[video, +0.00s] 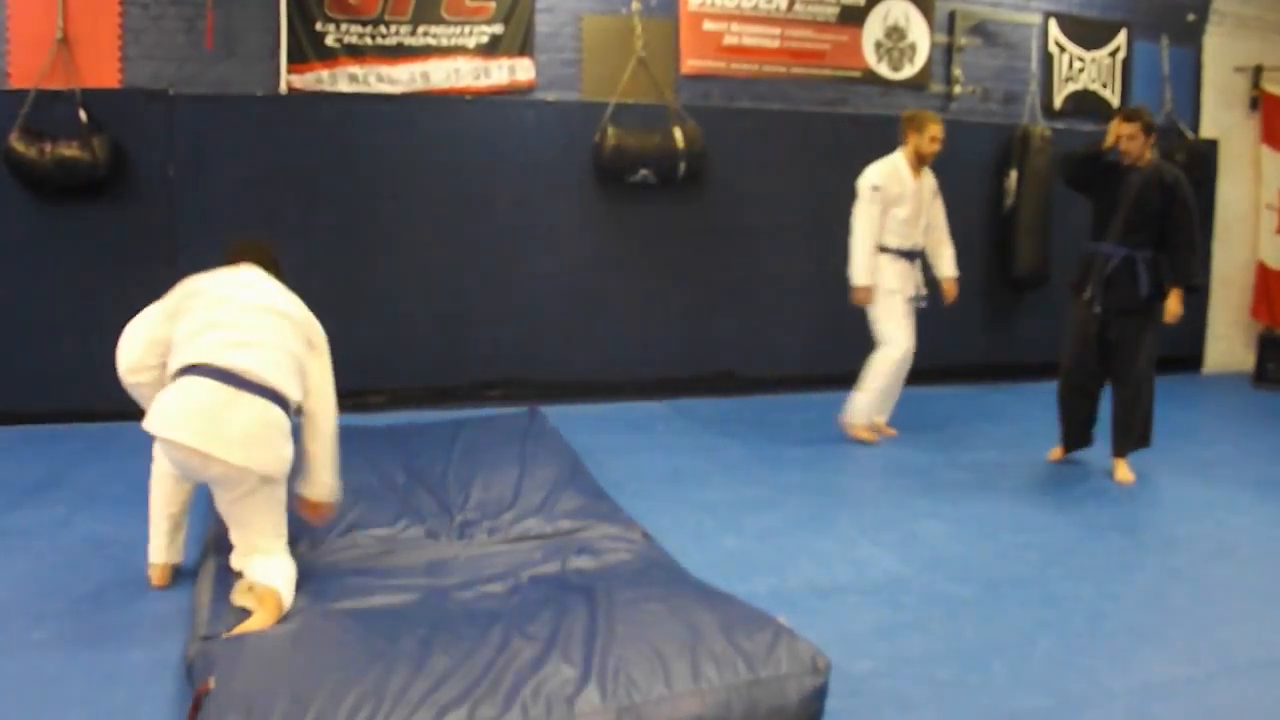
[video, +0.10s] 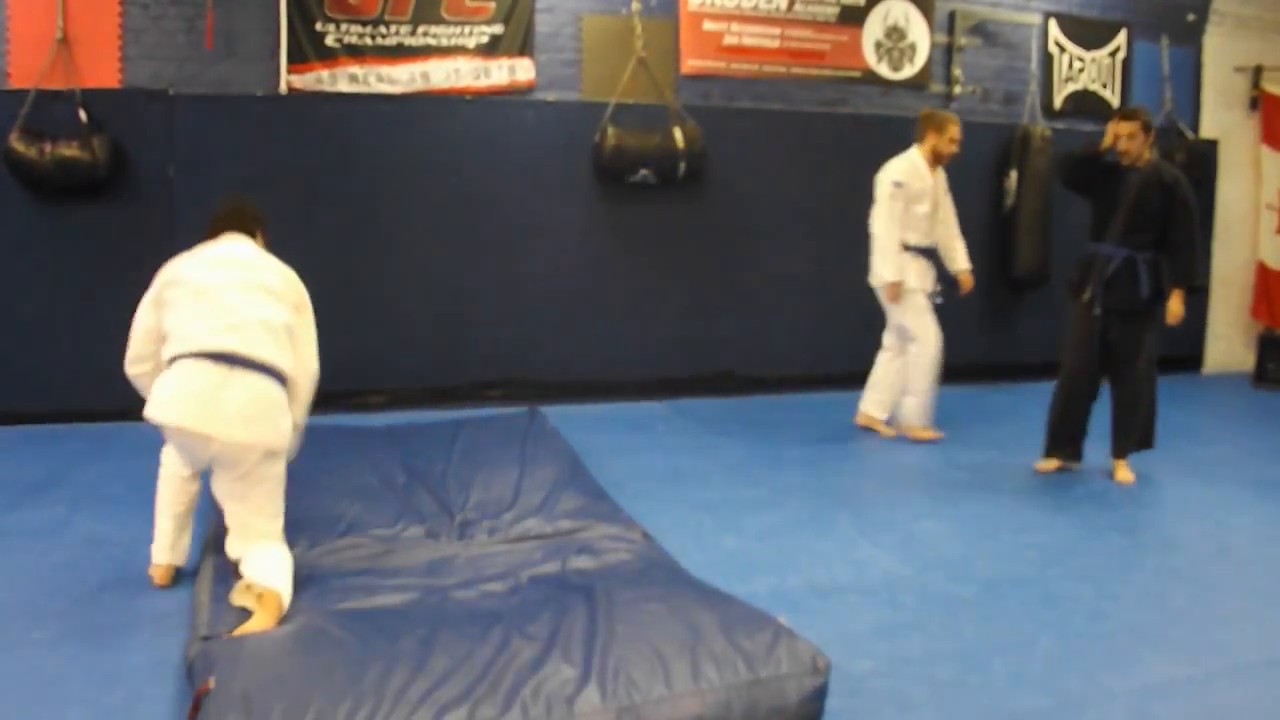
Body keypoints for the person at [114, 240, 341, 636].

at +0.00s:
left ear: (230, 265)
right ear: (277, 274)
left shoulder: (195, 288)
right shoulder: (304, 319)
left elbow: (133, 355)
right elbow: (321, 412)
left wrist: (168, 409)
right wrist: (320, 487)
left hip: (184, 421)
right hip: (256, 439)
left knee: (171, 457)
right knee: (263, 545)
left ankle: (161, 563)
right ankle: (267, 601)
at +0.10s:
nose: (267, 245)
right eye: (266, 240)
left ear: (210, 234)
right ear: (260, 238)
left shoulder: (178, 267)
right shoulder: (287, 280)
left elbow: (138, 359)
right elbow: (306, 369)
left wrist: (171, 401)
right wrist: (287, 434)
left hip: (186, 394)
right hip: (259, 405)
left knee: (180, 460)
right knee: (260, 528)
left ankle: (164, 562)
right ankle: (269, 595)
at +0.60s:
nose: (440, 149)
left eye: (442, 139)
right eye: (438, 138)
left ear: (391, 126)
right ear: (418, 130)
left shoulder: (326, 160)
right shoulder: (410, 183)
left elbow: (274, 231)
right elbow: (443, 269)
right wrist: (482, 216)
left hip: (268, 292)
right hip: (327, 308)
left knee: (248, 424)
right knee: (392, 425)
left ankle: (176, 537)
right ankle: (402, 544)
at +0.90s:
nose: (537, 136)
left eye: (540, 124)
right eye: (535, 123)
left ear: (496, 113)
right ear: (511, 115)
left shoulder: (447, 140)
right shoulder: (496, 162)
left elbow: (524, 229)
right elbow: (525, 255)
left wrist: (571, 225)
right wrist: (588, 238)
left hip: (372, 271)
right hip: (394, 287)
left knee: (455, 364)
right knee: (410, 417)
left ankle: (386, 454)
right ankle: (398, 540)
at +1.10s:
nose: (597, 126)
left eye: (598, 116)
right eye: (594, 114)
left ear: (552, 109)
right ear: (571, 109)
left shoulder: (493, 147)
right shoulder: (559, 159)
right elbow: (581, 247)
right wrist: (627, 208)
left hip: (453, 283)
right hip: (477, 299)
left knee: (540, 402)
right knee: (450, 421)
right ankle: (406, 540)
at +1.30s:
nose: (652, 118)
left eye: (652, 108)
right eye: (646, 107)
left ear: (612, 107)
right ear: (621, 105)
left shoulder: (571, 147)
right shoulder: (620, 152)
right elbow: (657, 237)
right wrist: (714, 233)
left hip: (542, 294)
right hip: (559, 300)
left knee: (603, 415)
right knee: (597, 415)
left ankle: (589, 532)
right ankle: (486, 479)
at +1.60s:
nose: (744, 111)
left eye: (743, 101)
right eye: (739, 100)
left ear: (698, 99)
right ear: (715, 99)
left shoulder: (655, 144)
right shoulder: (719, 155)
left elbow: (654, 224)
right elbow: (751, 236)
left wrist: (709, 265)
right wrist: (809, 223)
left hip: (626, 286)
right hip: (672, 298)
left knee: (642, 404)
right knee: (721, 408)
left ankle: (593, 511)